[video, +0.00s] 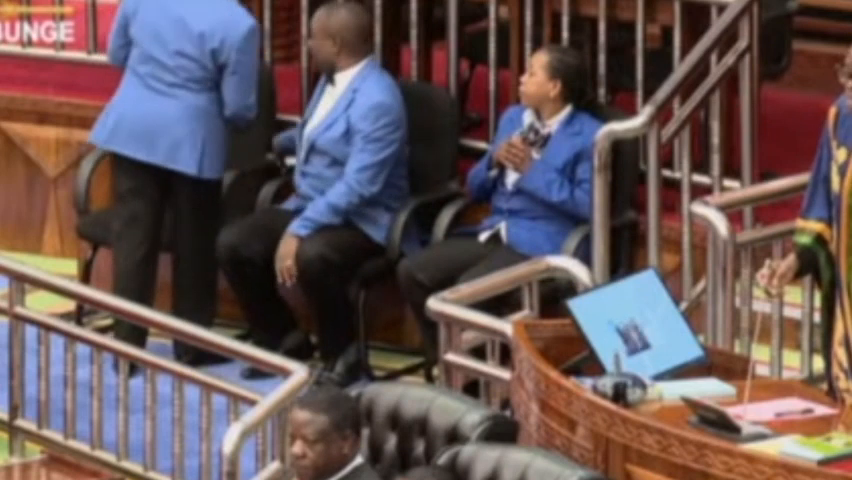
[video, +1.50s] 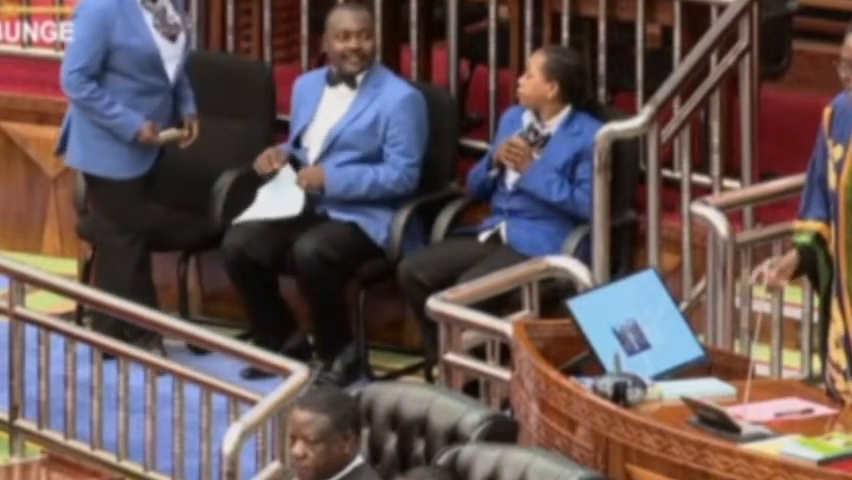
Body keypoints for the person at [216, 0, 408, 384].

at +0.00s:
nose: (309, 47)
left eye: (313, 39)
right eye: (310, 39)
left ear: (336, 43)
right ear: (342, 43)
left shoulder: (377, 97)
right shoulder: (330, 83)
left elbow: (361, 184)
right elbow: (320, 137)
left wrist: (298, 231)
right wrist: (281, 144)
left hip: (365, 219)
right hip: (312, 205)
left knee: (315, 258)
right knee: (235, 244)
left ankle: (342, 358)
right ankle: (282, 341)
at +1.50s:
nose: (354, 46)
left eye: (363, 36)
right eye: (343, 37)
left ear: (375, 41)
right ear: (325, 43)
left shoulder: (400, 98)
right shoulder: (307, 86)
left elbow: (403, 177)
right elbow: (302, 147)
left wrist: (329, 179)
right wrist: (279, 156)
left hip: (365, 216)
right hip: (304, 208)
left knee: (311, 253)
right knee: (240, 247)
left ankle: (336, 354)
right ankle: (281, 342)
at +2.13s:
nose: (351, 49)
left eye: (360, 40)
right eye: (339, 41)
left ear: (372, 43)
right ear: (320, 46)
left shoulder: (399, 99)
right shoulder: (298, 89)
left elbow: (410, 175)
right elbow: (285, 148)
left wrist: (335, 190)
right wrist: (281, 169)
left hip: (365, 217)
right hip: (299, 210)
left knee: (314, 255)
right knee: (238, 250)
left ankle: (338, 357)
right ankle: (282, 345)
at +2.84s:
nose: (358, 54)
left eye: (367, 44)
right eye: (347, 45)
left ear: (377, 46)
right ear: (326, 49)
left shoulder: (403, 104)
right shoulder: (302, 90)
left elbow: (405, 182)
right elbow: (282, 149)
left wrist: (331, 187)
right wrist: (295, 175)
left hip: (365, 218)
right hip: (300, 211)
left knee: (317, 257)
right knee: (236, 249)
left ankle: (339, 357)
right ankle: (282, 344)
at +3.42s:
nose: (372, 51)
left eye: (379, 42)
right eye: (361, 43)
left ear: (389, 46)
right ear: (339, 48)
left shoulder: (410, 103)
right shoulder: (308, 89)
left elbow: (410, 181)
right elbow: (287, 147)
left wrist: (339, 181)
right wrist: (296, 170)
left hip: (366, 219)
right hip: (302, 210)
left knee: (317, 257)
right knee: (235, 248)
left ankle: (339, 357)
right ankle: (282, 344)